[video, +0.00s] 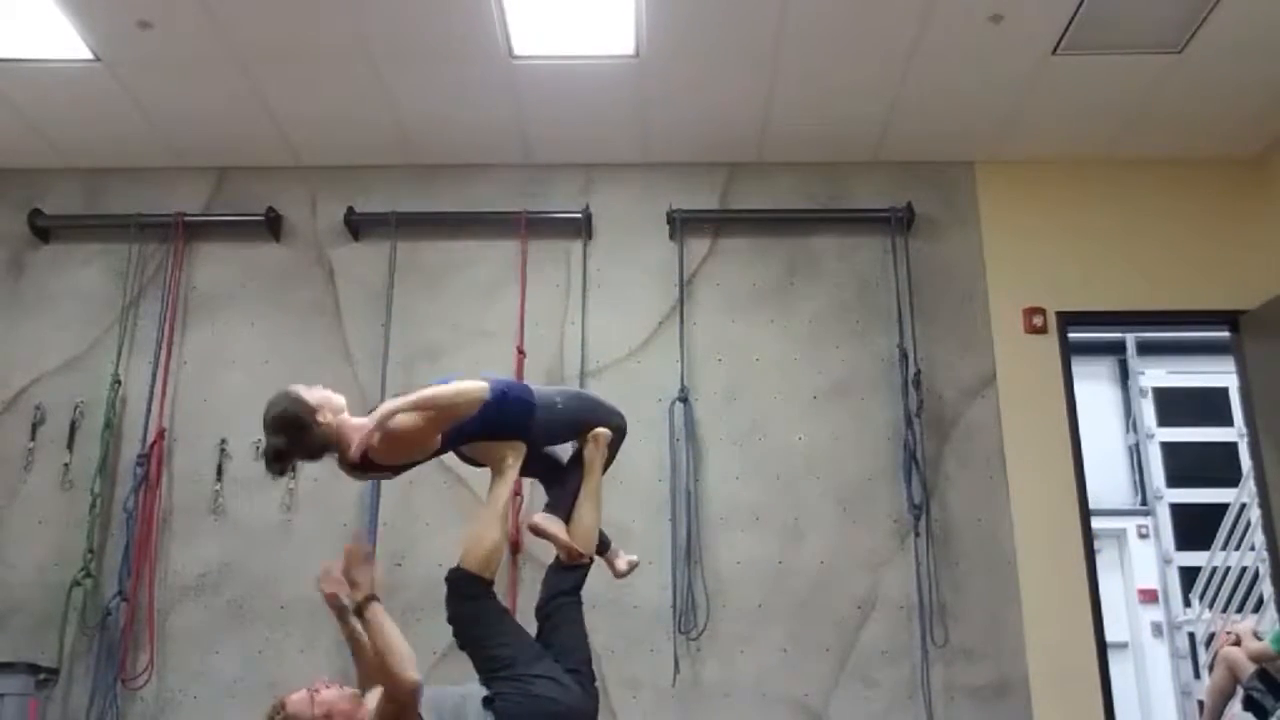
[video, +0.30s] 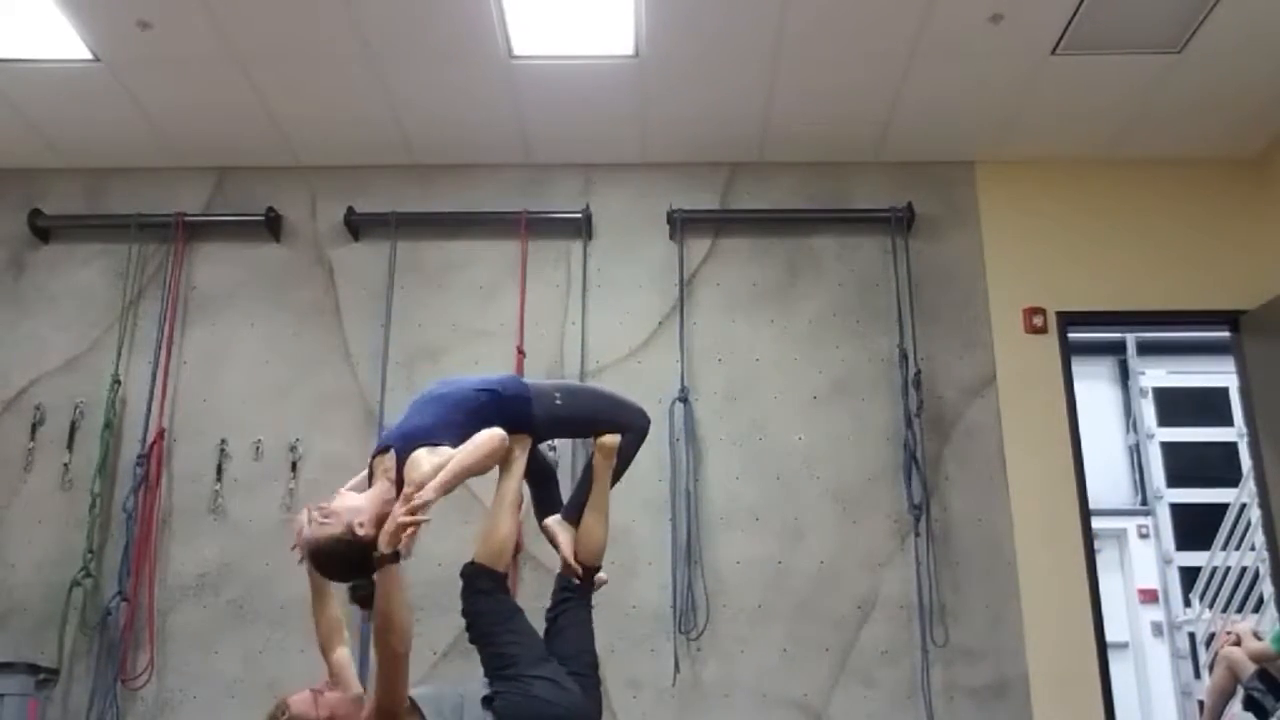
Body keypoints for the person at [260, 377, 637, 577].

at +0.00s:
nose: (321, 388)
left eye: (309, 386)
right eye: (314, 391)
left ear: (319, 430)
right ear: (322, 416)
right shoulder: (383, 437)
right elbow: (476, 392)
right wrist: (387, 413)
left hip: (484, 440)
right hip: (517, 415)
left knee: (559, 477)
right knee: (613, 423)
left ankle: (610, 555)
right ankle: (559, 513)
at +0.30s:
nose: (319, 505)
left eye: (312, 512)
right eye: (325, 512)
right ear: (361, 527)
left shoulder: (373, 479)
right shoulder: (420, 474)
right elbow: (497, 440)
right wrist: (436, 485)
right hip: (519, 406)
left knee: (531, 443)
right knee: (634, 421)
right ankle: (572, 517)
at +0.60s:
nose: (345, 504)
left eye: (343, 513)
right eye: (356, 514)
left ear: (346, 504)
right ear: (383, 520)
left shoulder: (370, 461)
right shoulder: (418, 479)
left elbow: (346, 459)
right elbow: (465, 416)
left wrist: (319, 513)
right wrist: (412, 479)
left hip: (499, 425)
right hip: (524, 399)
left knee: (546, 476)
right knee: (639, 397)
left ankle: (575, 573)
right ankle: (597, 512)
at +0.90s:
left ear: (341, 508)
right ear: (344, 511)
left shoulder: (357, 483)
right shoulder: (364, 470)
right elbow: (342, 424)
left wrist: (307, 512)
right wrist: (321, 491)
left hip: (453, 409)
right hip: (478, 365)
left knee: (543, 450)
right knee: (567, 292)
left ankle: (612, 539)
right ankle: (577, 413)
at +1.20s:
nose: (322, 533)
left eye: (319, 542)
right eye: (325, 540)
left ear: (338, 516)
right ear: (361, 521)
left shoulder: (359, 484)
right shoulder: (378, 470)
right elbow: (342, 440)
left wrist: (292, 529)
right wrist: (304, 506)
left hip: (473, 406)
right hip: (486, 364)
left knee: (561, 434)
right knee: (545, 252)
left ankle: (637, 514)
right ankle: (603, 360)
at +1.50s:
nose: (349, 552)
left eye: (349, 560)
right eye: (359, 555)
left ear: (375, 529)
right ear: (381, 538)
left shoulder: (395, 484)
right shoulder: (393, 480)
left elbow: (339, 470)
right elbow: (303, 453)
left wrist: (314, 533)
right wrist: (273, 530)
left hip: (490, 379)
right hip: (487, 355)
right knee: (476, 222)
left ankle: (555, 382)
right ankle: (588, 165)